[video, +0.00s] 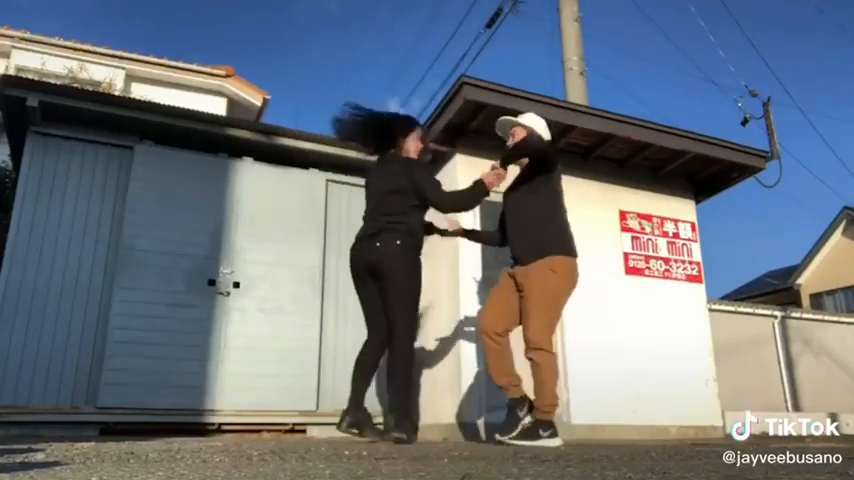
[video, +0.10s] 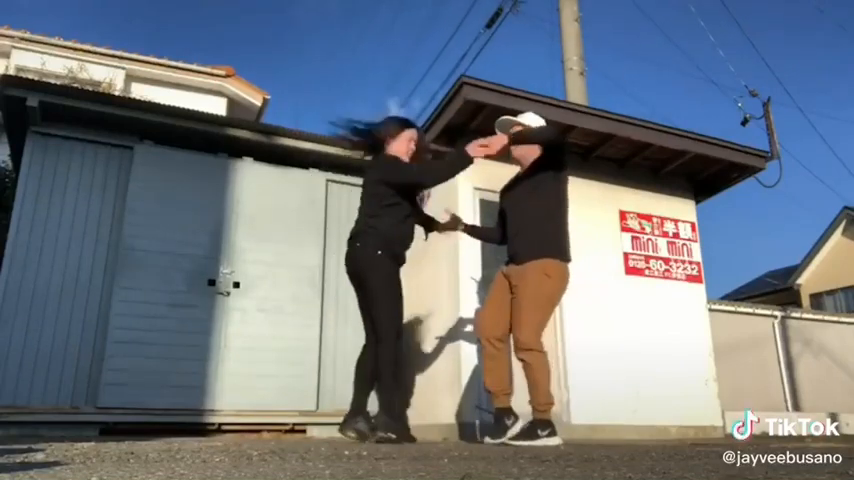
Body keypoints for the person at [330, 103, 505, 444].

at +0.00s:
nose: (422, 147)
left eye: (422, 141)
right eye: (418, 140)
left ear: (397, 142)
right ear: (400, 140)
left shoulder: (377, 170)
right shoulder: (412, 169)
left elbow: (395, 218)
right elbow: (446, 201)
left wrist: (434, 228)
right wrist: (483, 185)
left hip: (363, 250)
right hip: (397, 251)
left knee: (378, 334)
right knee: (403, 338)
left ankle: (354, 411)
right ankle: (401, 423)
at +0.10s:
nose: (413, 148)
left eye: (414, 142)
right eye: (410, 141)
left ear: (392, 141)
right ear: (393, 139)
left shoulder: (385, 170)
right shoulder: (388, 166)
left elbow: (407, 210)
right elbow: (431, 173)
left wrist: (433, 225)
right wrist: (468, 152)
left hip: (367, 257)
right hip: (376, 257)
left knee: (377, 338)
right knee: (388, 338)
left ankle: (356, 415)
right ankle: (392, 420)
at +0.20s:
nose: (397, 155)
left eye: (402, 152)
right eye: (395, 149)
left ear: (405, 156)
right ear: (382, 147)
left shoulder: (407, 182)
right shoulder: (366, 164)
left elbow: (413, 210)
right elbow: (375, 137)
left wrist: (437, 217)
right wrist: (414, 129)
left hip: (377, 262)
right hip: (352, 256)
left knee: (379, 334)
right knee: (379, 329)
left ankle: (356, 414)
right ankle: (384, 416)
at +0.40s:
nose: (368, 156)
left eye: (374, 153)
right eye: (365, 148)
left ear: (377, 160)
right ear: (349, 148)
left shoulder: (379, 194)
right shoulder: (332, 177)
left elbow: (399, 226)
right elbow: (335, 147)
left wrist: (434, 212)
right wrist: (331, 112)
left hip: (370, 273)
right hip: (332, 268)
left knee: (372, 345)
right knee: (321, 338)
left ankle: (354, 421)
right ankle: (282, 412)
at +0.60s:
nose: (345, 150)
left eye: (352, 148)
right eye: (341, 143)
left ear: (356, 154)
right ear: (327, 142)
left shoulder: (360, 186)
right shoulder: (296, 171)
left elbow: (399, 212)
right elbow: (260, 148)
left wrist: (444, 212)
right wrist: (253, 121)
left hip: (342, 272)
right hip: (297, 269)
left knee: (376, 336)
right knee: (285, 342)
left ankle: (404, 404)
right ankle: (272, 420)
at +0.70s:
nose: (342, 147)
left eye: (348, 144)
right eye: (337, 140)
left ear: (351, 151)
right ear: (322, 141)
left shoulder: (351, 180)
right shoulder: (294, 169)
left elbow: (396, 208)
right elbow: (270, 148)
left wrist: (445, 216)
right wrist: (255, 124)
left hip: (333, 270)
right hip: (291, 269)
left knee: (362, 339)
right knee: (282, 342)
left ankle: (403, 408)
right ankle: (271, 421)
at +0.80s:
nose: (339, 146)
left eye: (345, 142)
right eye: (334, 139)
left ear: (349, 148)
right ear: (319, 139)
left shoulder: (350, 179)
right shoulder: (298, 165)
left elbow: (395, 199)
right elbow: (281, 145)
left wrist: (445, 206)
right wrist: (268, 122)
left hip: (331, 269)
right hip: (289, 268)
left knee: (360, 336)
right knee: (282, 342)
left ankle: (404, 405)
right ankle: (271, 420)